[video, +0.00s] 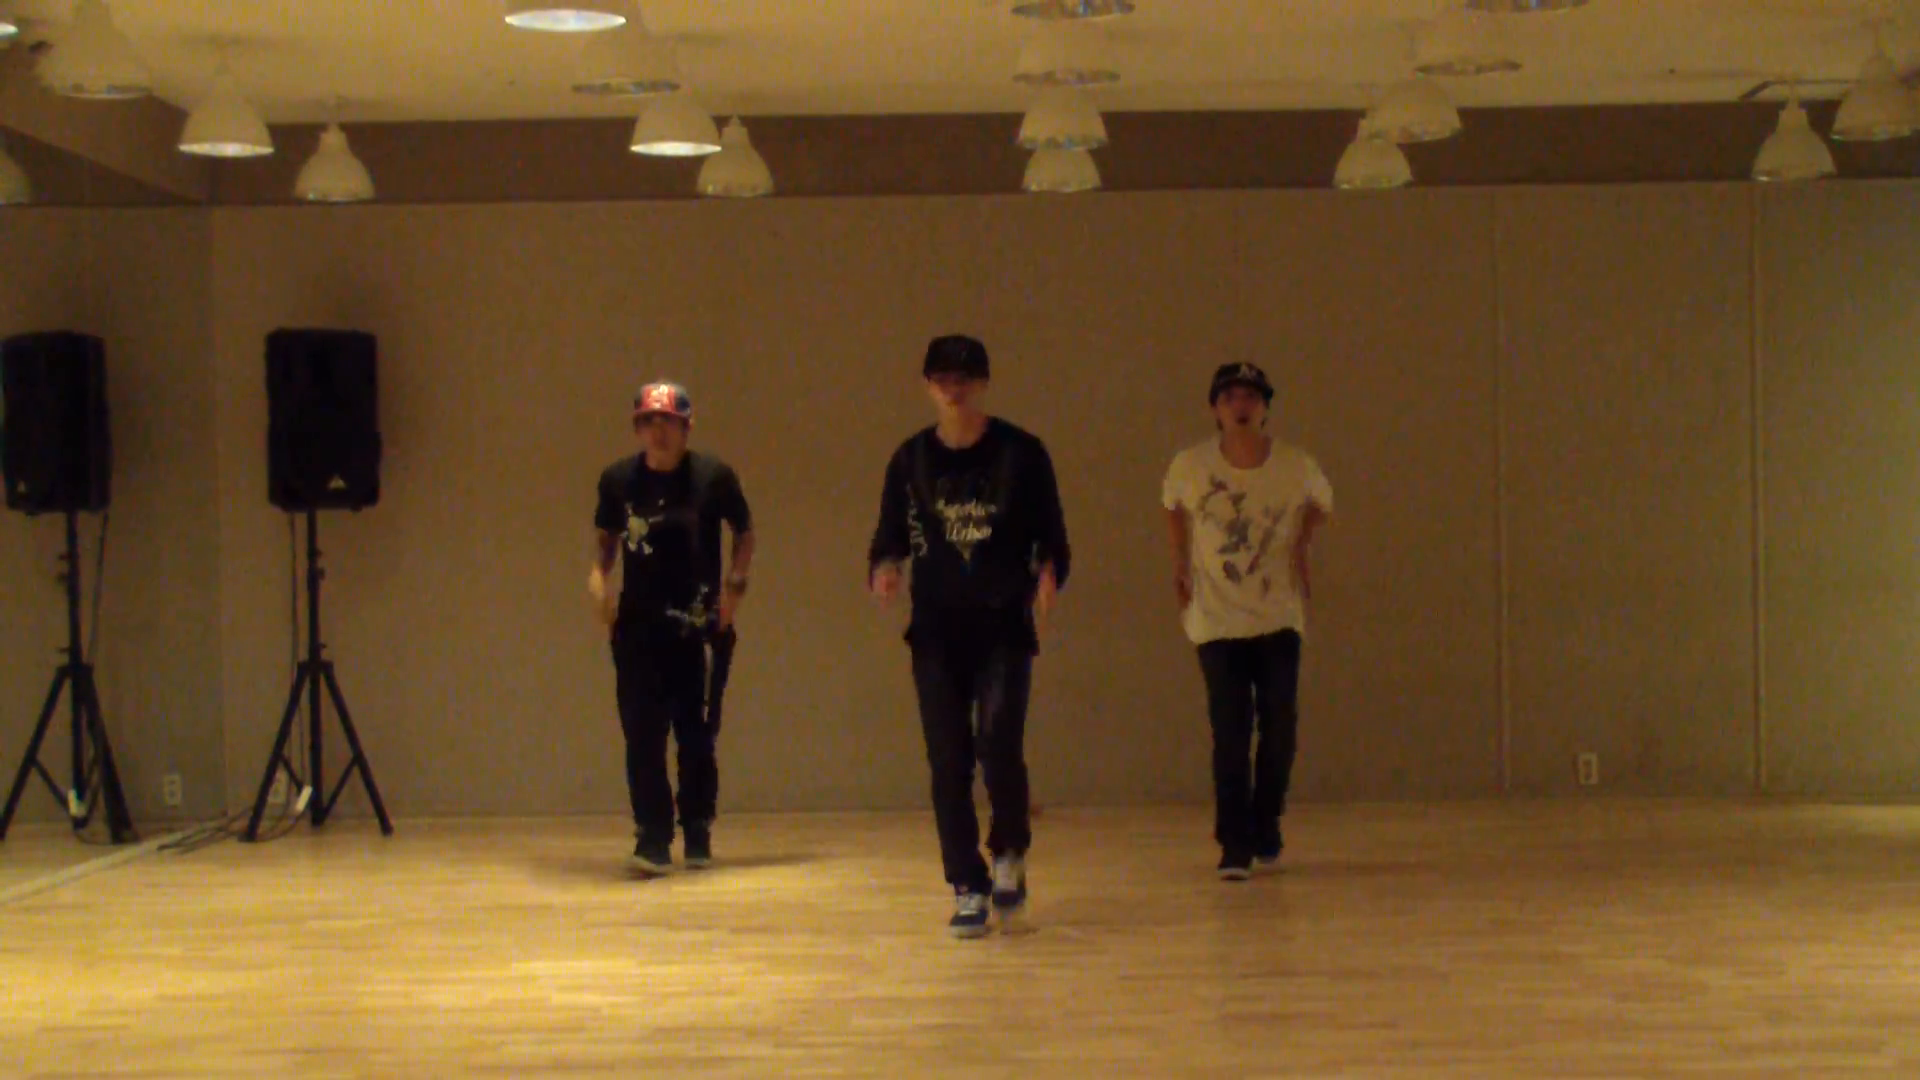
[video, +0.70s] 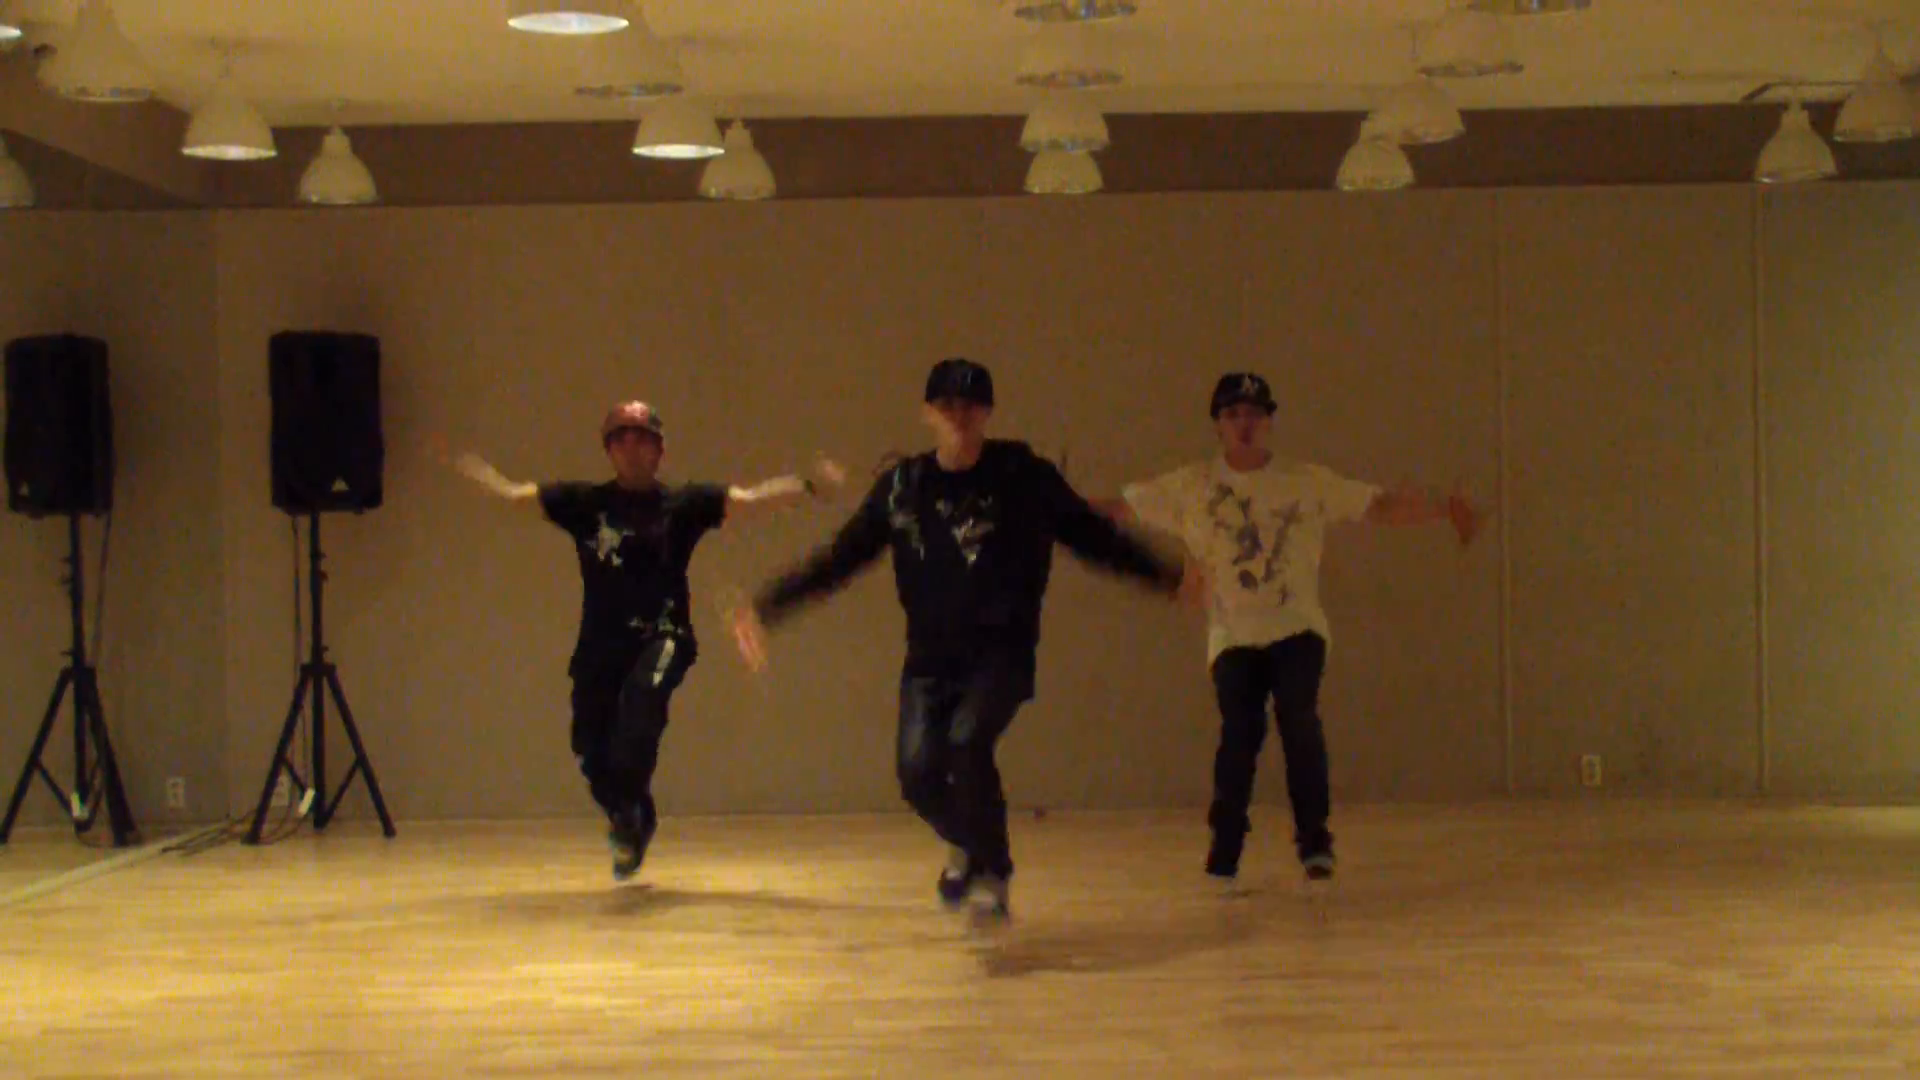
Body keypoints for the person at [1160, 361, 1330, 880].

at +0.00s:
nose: (1240, 404)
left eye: (1249, 396)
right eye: (1229, 396)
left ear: (1265, 406)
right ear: (1215, 408)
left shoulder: (1295, 464)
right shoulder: (1190, 466)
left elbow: (1319, 508)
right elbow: (1176, 519)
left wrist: (1299, 550)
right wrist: (1181, 572)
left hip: (1278, 617)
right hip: (1217, 619)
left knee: (1279, 729)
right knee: (1231, 732)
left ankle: (1266, 831)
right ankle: (1234, 844)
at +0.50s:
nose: (1233, 443)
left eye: (1242, 434)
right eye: (1222, 434)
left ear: (1256, 443)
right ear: (1205, 447)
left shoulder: (1286, 502)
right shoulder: (1191, 507)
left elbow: (1321, 525)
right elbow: (1169, 538)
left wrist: (1355, 526)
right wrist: (1148, 539)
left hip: (1283, 641)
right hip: (1223, 651)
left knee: (1287, 727)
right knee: (1237, 758)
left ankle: (1287, 811)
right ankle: (1244, 849)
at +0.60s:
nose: (1239, 426)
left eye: (1249, 417)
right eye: (1229, 417)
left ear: (1263, 424)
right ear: (1210, 427)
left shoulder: (1297, 489)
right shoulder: (1189, 498)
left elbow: (1372, 499)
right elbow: (1118, 505)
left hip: (1288, 629)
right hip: (1225, 641)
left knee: (1296, 707)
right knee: (1237, 751)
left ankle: (1300, 815)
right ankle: (1239, 839)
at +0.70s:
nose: (1243, 425)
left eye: (1253, 415)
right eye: (1232, 416)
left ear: (1270, 421)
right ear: (1216, 424)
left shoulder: (1306, 483)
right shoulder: (1192, 488)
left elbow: (1381, 505)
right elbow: (1119, 508)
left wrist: (1445, 507)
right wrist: (1062, 507)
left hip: (1297, 627)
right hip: (1233, 634)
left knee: (1299, 722)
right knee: (1240, 730)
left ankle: (1314, 842)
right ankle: (1225, 844)